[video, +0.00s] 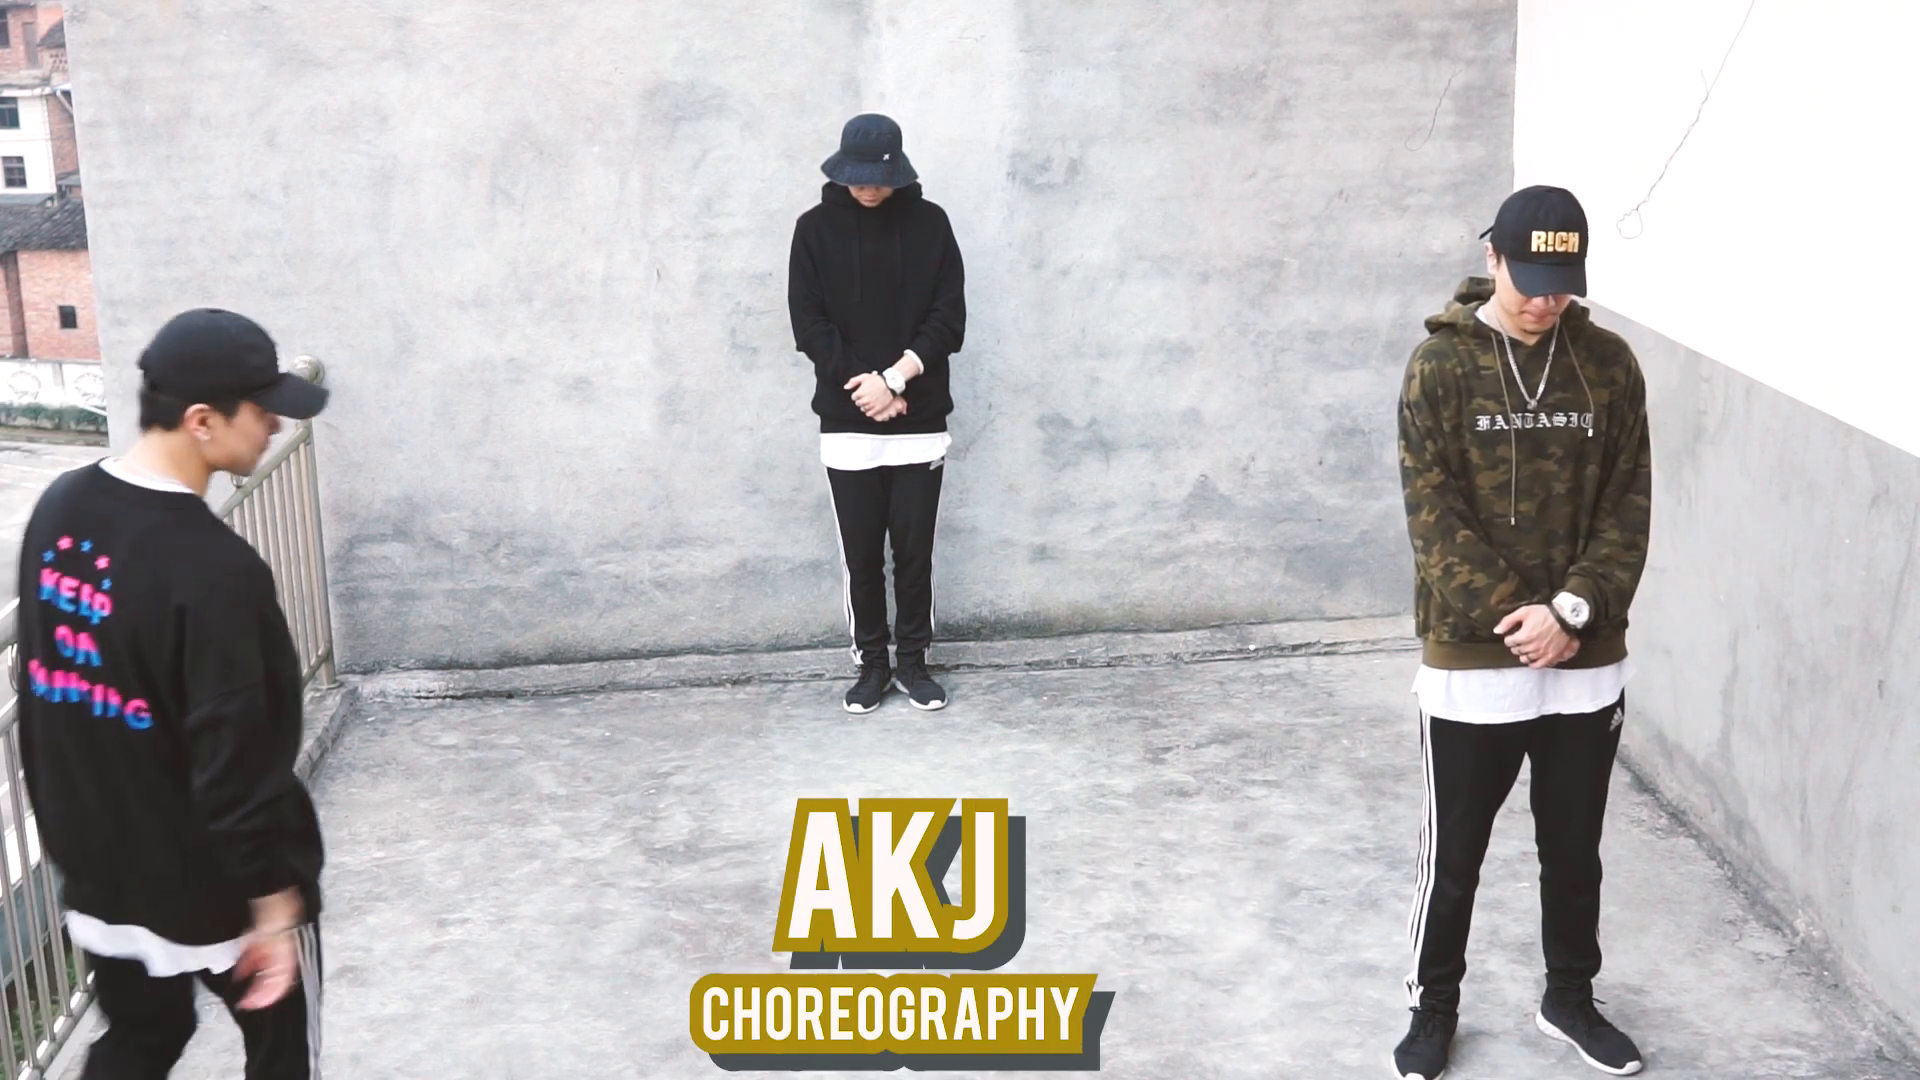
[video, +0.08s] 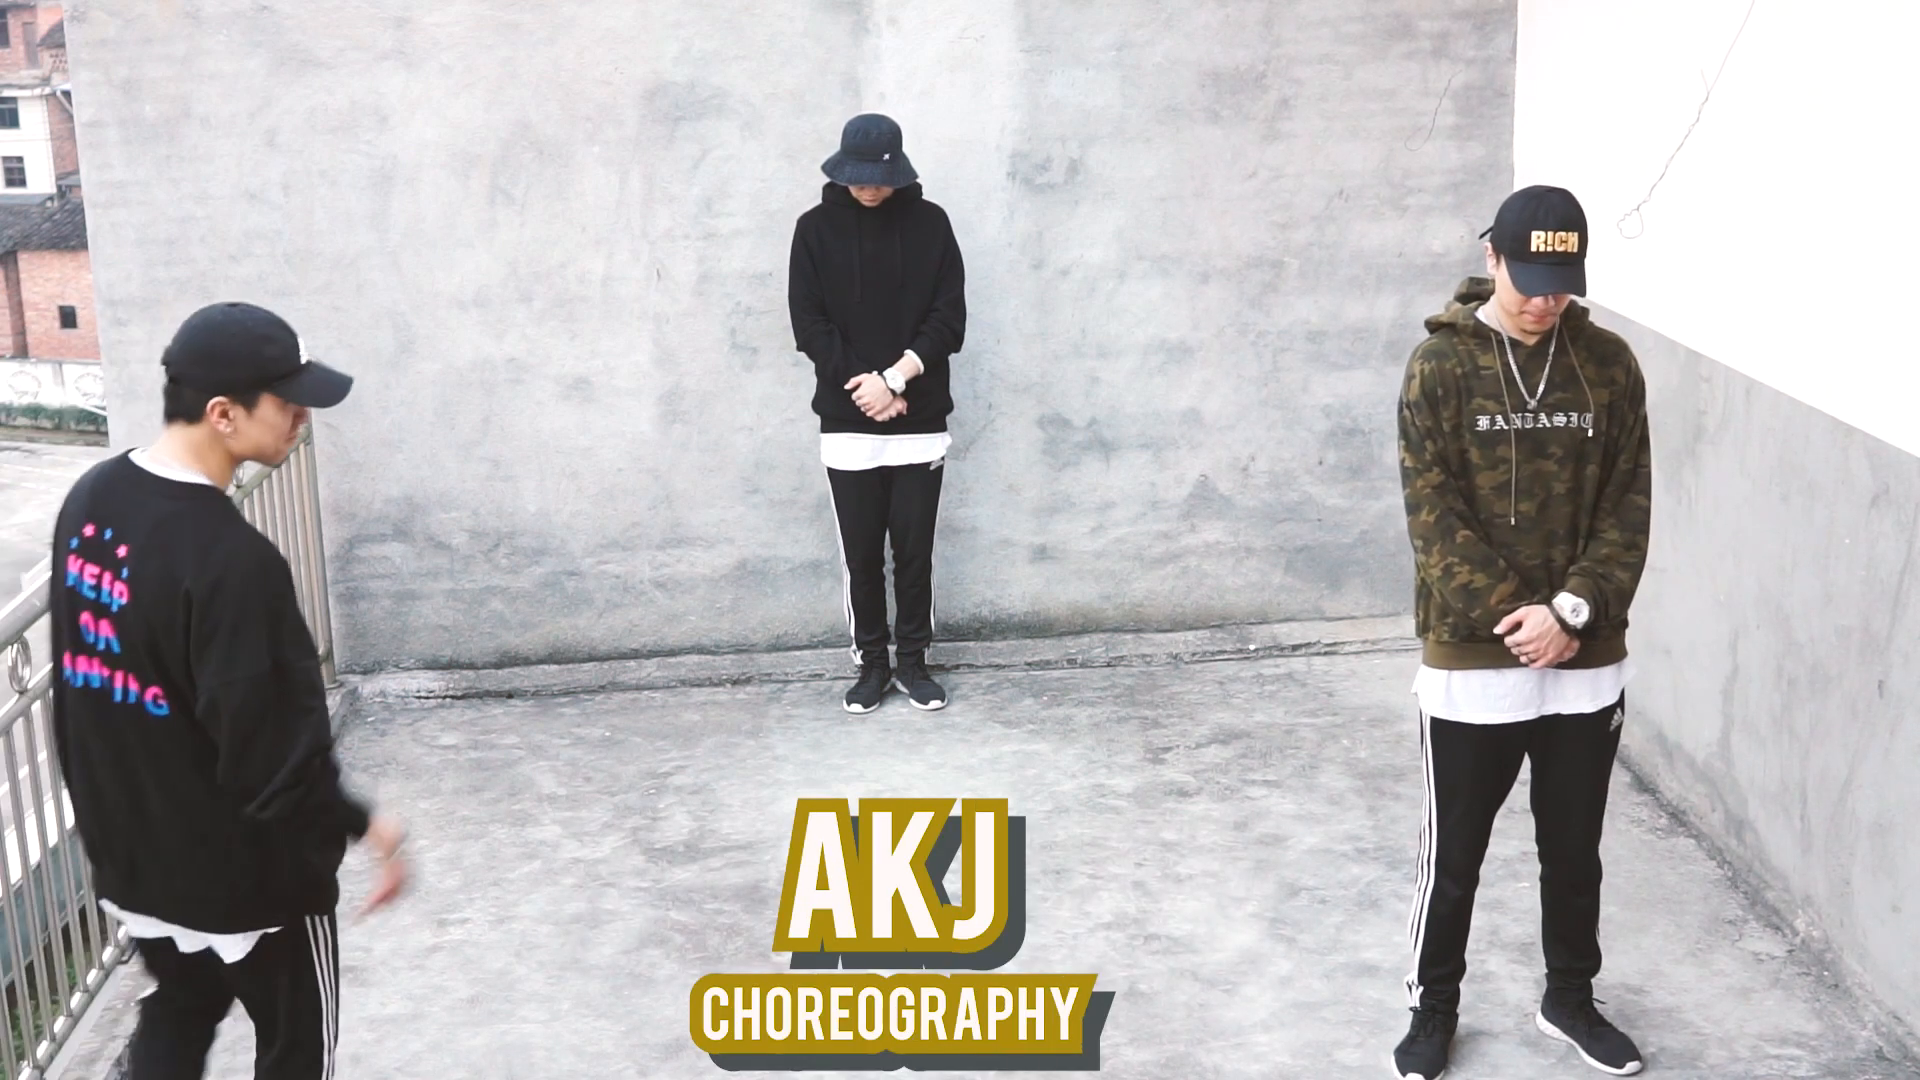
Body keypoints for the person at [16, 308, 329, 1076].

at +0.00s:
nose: (277, 425)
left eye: (276, 409)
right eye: (264, 409)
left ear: (192, 415)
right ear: (202, 420)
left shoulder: (61, 506)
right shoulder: (217, 570)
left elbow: (40, 706)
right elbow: (237, 765)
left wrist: (73, 840)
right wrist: (275, 910)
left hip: (96, 871)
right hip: (215, 887)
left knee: (142, 1033)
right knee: (280, 1053)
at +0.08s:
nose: (303, 419)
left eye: (300, 402)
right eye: (289, 402)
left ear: (214, 408)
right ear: (223, 412)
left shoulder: (95, 496)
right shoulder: (234, 562)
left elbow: (84, 688)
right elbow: (270, 757)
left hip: (132, 849)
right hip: (249, 869)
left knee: (179, 1006)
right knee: (297, 1038)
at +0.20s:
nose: (317, 403)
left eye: (315, 387)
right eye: (302, 389)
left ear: (225, 395)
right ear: (232, 398)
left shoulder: (136, 476)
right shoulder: (240, 537)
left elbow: (150, 665)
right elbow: (321, 714)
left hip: (182, 842)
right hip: (270, 866)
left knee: (238, 1039)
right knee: (299, 1058)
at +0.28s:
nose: (321, 404)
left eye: (318, 388)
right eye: (304, 390)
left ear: (232, 395)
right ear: (236, 398)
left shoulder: (166, 469)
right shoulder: (234, 531)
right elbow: (384, 674)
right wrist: (451, 542)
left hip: (217, 836)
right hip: (280, 858)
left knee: (286, 1045)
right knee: (306, 1060)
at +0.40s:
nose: (340, 384)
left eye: (335, 369)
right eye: (318, 378)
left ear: (253, 401)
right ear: (252, 400)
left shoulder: (234, 462)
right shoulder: (229, 521)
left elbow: (273, 649)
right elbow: (398, 632)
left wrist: (358, 740)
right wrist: (439, 491)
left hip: (301, 801)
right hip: (294, 830)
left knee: (330, 1019)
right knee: (324, 1049)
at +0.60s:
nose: (361, 388)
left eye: (360, 370)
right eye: (343, 375)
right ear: (275, 379)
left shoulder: (335, 443)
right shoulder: (230, 499)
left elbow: (381, 602)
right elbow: (320, 630)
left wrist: (424, 712)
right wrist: (388, 536)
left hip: (373, 770)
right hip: (303, 796)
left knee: (403, 970)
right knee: (336, 1024)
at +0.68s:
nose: (382, 379)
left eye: (381, 361)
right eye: (362, 367)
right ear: (294, 376)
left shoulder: (371, 440)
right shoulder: (245, 484)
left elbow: (411, 588)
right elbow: (276, 645)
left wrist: (444, 725)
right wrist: (375, 591)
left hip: (391, 771)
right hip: (308, 793)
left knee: (408, 976)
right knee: (329, 1016)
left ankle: (376, 1077)